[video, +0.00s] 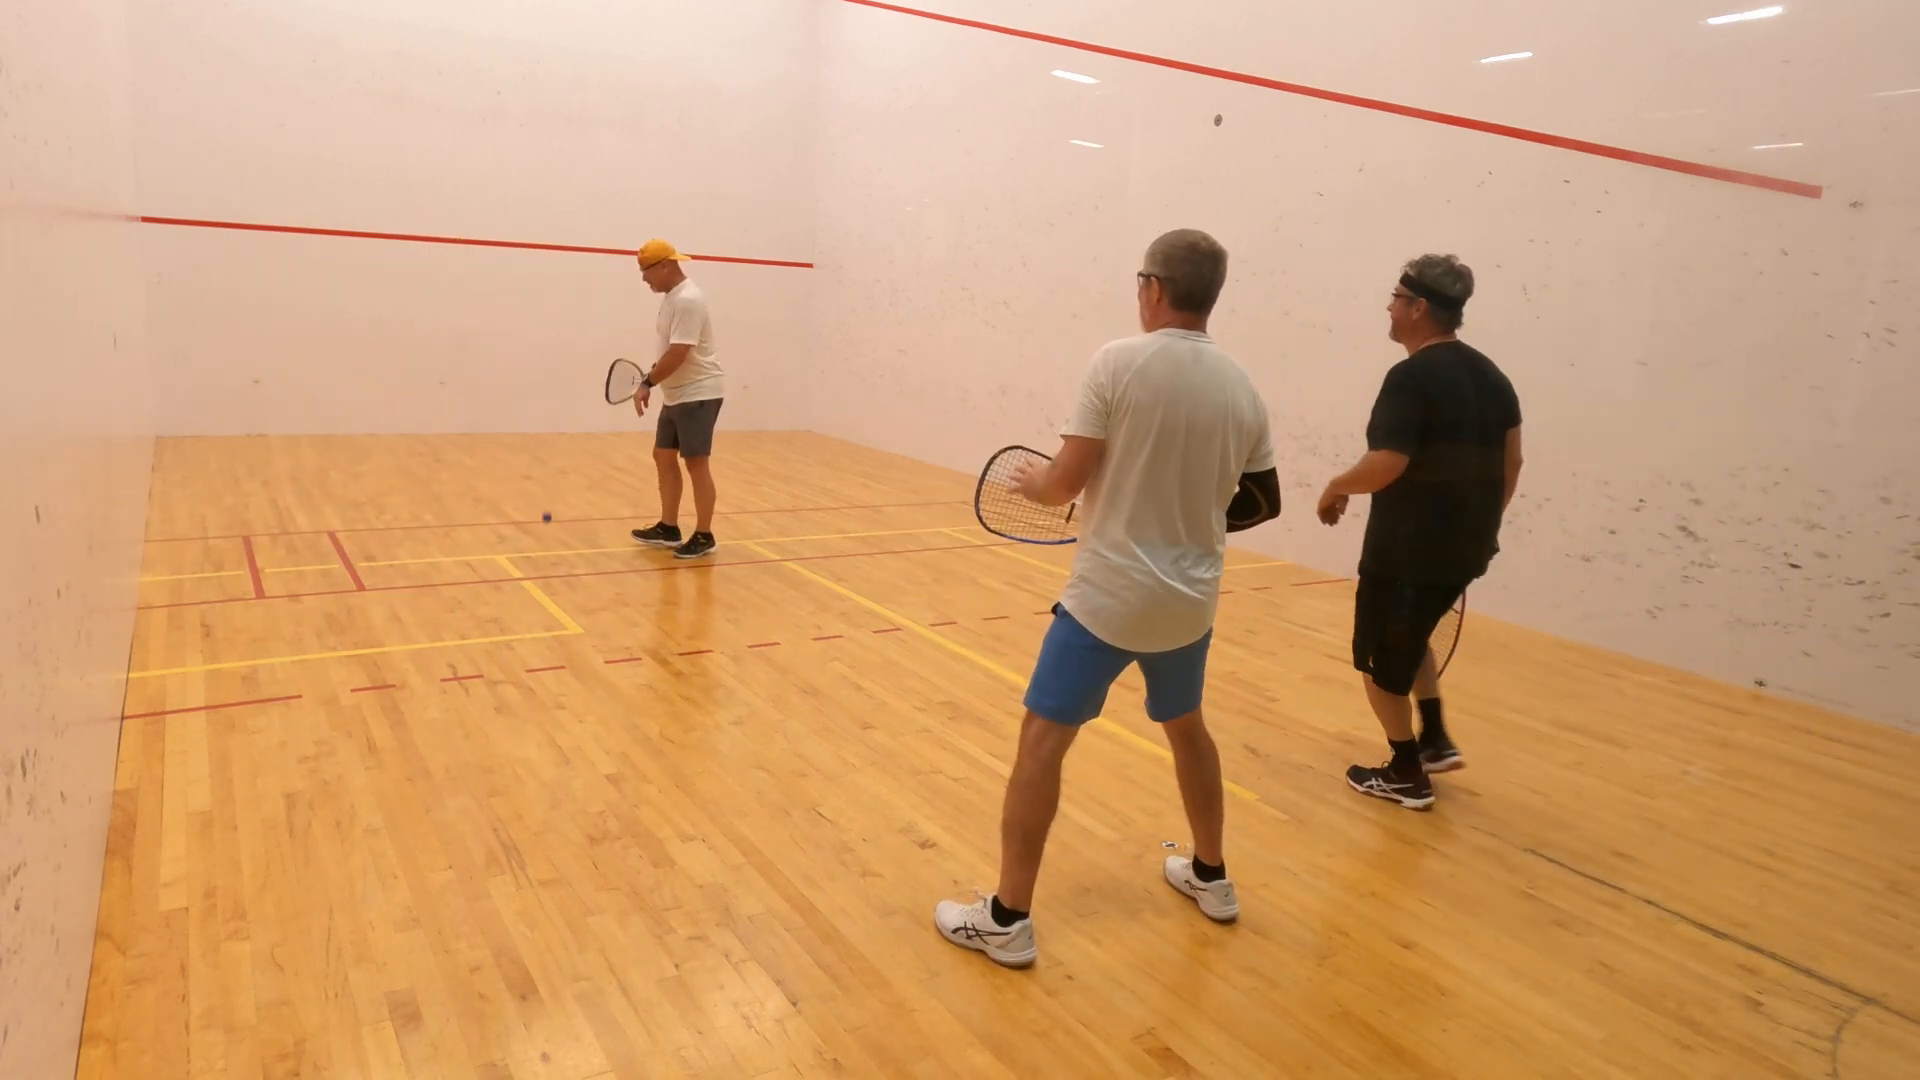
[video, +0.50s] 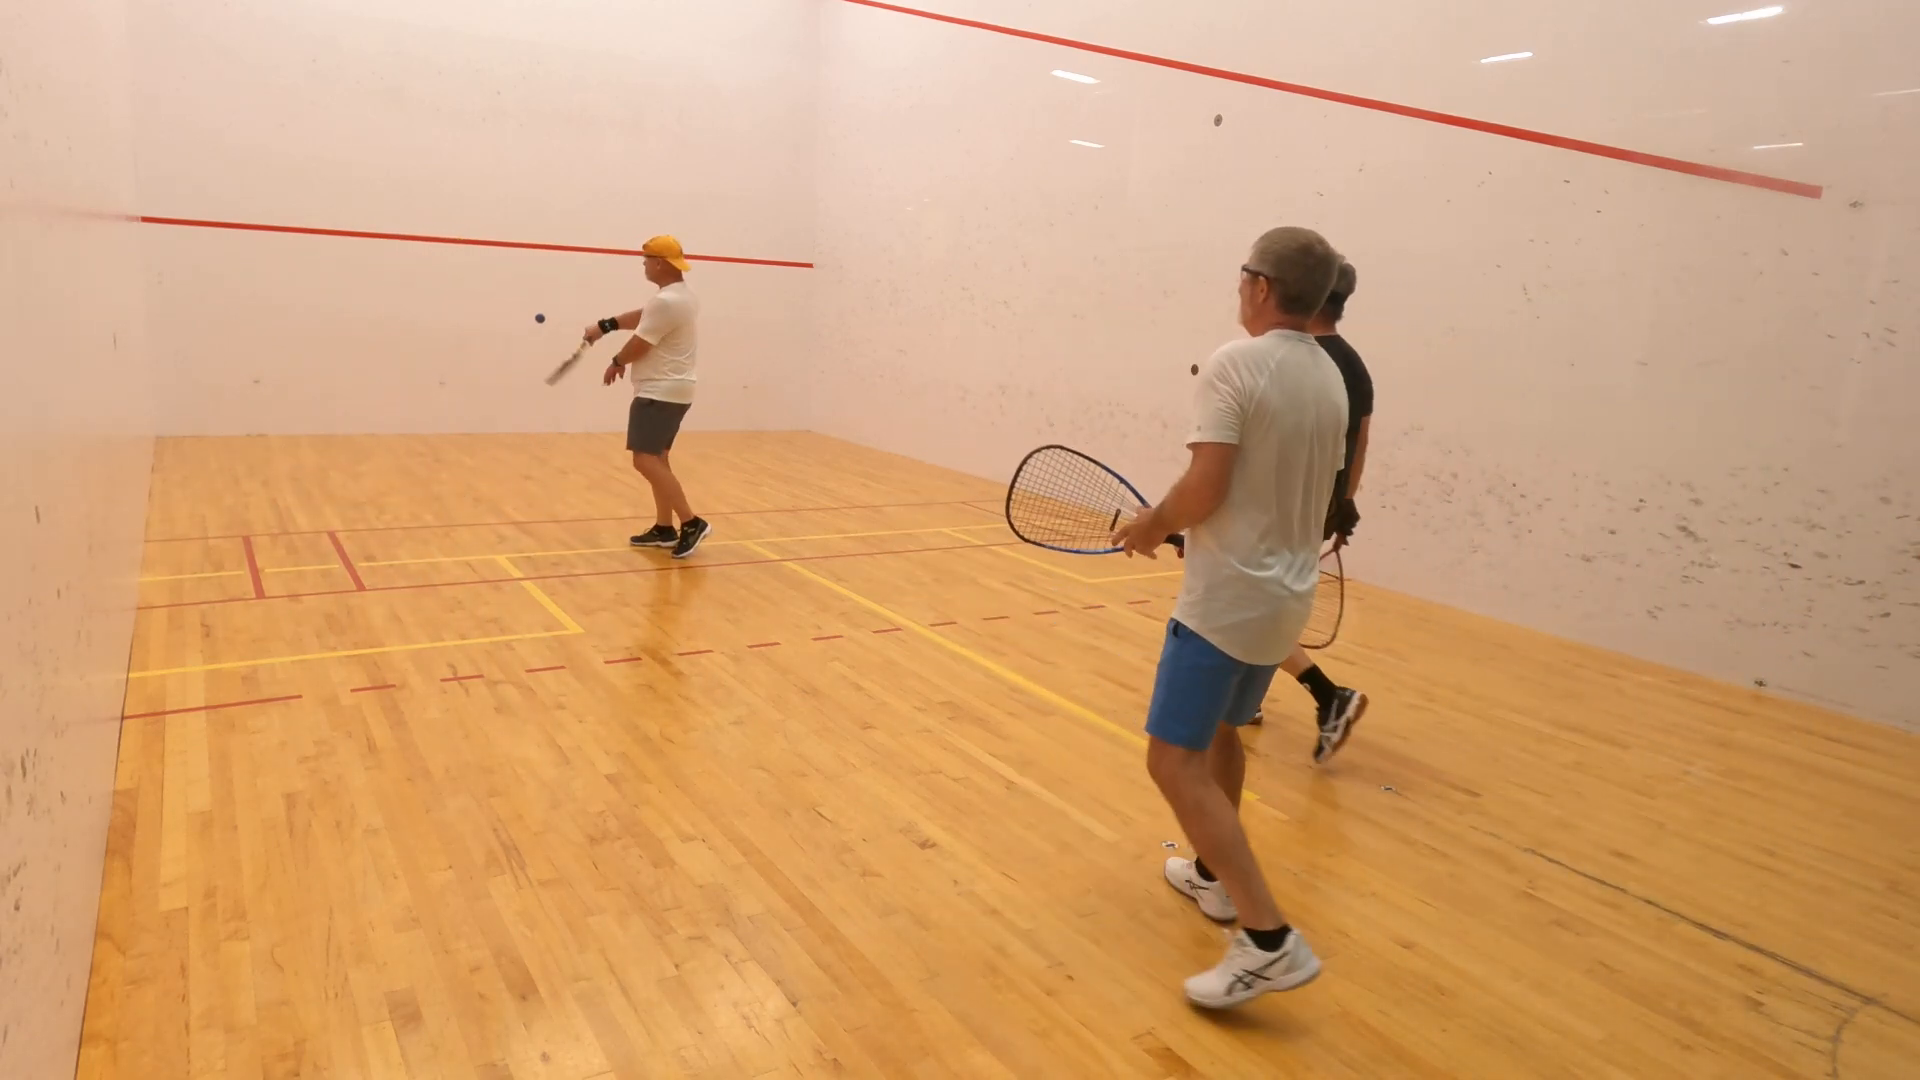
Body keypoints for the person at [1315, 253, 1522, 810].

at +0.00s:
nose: (1390, 305)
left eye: (1398, 298)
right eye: (1394, 296)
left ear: (1420, 309)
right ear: (1446, 312)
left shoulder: (1409, 377)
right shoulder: (1492, 378)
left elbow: (1386, 464)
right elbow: (1510, 463)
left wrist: (1338, 486)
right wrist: (1484, 526)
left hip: (1406, 549)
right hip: (1465, 547)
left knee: (1382, 659)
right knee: (1410, 633)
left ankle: (1405, 772)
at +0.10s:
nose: (1365, 305)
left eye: (1373, 297)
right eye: (1369, 295)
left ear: (1397, 307)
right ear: (1419, 311)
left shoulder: (1384, 375)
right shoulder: (1463, 376)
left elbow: (1359, 459)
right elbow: (1483, 457)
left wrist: (1309, 477)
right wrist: (1463, 522)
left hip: (1384, 545)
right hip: (1436, 542)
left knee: (1369, 653)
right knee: (1361, 623)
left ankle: (1406, 772)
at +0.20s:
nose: (1340, 305)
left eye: (1347, 298)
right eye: (1345, 295)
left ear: (1369, 308)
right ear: (1394, 312)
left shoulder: (1359, 377)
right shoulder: (1433, 377)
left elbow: (1335, 457)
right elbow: (1453, 455)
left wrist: (1280, 476)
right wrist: (1438, 522)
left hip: (1358, 545)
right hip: (1406, 541)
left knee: (1353, 648)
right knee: (1329, 615)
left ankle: (1404, 770)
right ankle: (1273, 684)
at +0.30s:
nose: (1318, 308)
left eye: (1326, 300)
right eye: (1323, 298)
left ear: (1347, 311)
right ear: (1370, 315)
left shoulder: (1333, 381)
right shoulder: (1405, 381)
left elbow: (1315, 459)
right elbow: (1420, 455)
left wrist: (1257, 466)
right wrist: (1411, 520)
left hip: (1319, 537)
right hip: (1368, 537)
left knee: (1334, 645)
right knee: (1289, 607)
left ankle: (1399, 757)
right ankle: (1247, 692)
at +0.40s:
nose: (1299, 304)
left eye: (1308, 297)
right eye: (1305, 295)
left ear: (1326, 308)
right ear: (1352, 314)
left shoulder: (1308, 372)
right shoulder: (1378, 378)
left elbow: (1276, 452)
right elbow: (1387, 456)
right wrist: (1379, 517)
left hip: (1297, 528)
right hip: (1339, 532)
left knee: (1296, 629)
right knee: (1260, 597)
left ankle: (1375, 730)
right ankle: (1242, 690)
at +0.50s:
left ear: (1306, 299)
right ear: (1341, 304)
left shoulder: (1293, 355)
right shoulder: (1354, 366)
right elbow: (1358, 445)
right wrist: (1346, 501)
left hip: (1279, 507)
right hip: (1315, 510)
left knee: (1258, 615)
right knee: (1263, 601)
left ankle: (1329, 697)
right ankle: (1246, 699)